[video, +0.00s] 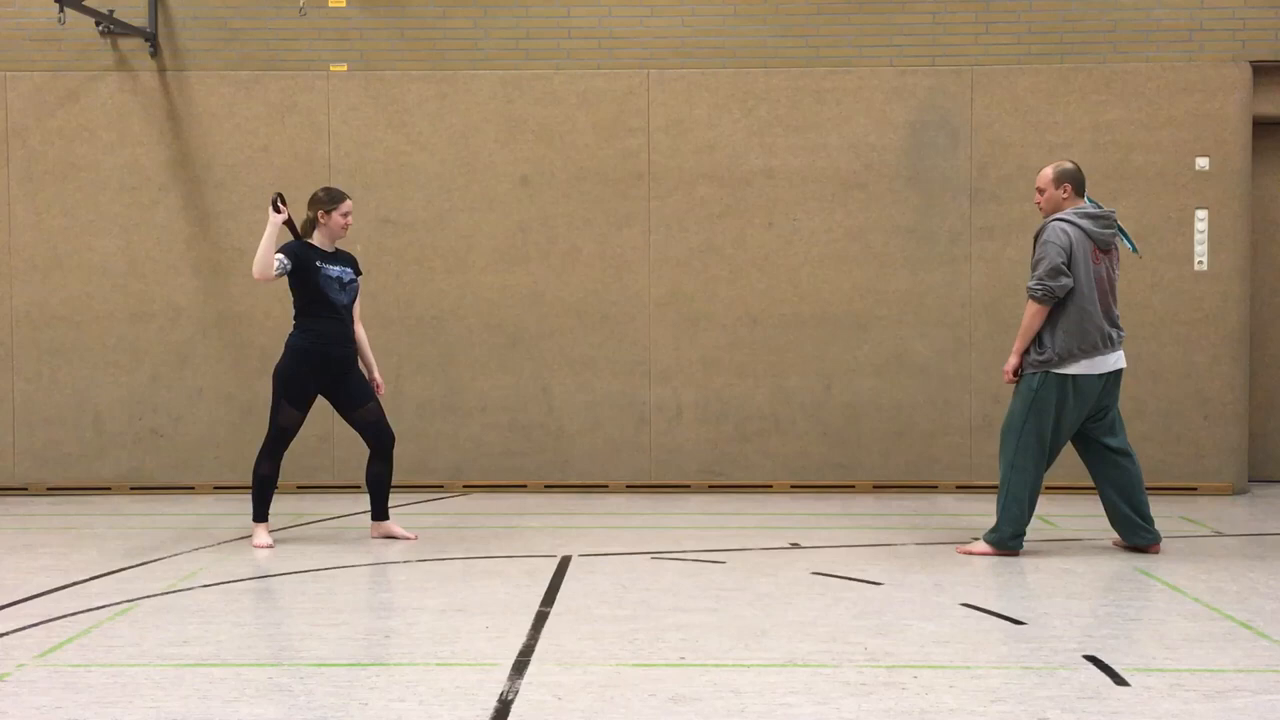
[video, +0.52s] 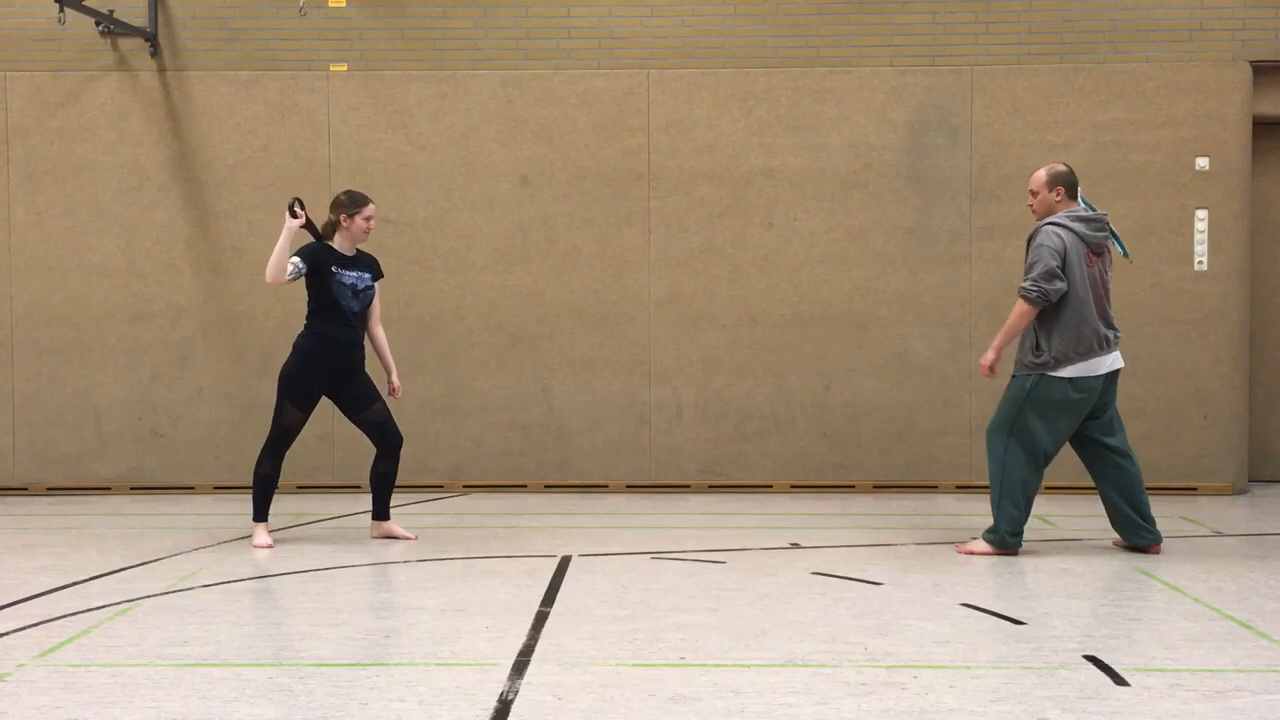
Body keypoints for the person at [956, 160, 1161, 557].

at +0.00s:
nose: (1036, 200)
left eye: (1041, 192)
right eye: (1036, 192)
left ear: (1065, 191)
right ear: (1072, 192)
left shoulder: (1056, 232)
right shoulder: (1102, 228)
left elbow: (1043, 295)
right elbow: (1100, 294)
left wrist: (1017, 351)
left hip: (1062, 366)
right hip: (1104, 363)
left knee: (1022, 445)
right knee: (1109, 448)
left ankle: (1004, 538)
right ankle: (1141, 534)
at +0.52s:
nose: (1029, 202)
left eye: (1034, 194)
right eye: (1029, 194)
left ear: (1058, 195)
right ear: (1066, 195)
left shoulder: (1050, 235)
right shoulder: (1093, 229)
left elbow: (1036, 295)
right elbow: (1096, 286)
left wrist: (995, 346)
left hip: (1059, 369)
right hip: (1101, 365)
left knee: (1008, 438)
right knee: (1107, 447)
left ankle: (1003, 537)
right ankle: (1141, 534)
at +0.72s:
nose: (1004, 203)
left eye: (1009, 196)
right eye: (1005, 195)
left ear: (1033, 198)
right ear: (1041, 198)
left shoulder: (1026, 238)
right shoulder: (1063, 232)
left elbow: (1002, 294)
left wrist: (942, 320)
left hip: (1028, 374)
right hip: (1068, 368)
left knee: (976, 441)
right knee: (1084, 444)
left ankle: (1000, 537)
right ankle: (1137, 525)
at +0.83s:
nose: (986, 199)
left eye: (992, 191)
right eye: (988, 191)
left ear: (1016, 193)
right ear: (1023, 193)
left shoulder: (1011, 234)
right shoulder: (1043, 228)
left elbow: (988, 286)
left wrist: (922, 300)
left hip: (1006, 372)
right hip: (1046, 367)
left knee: (971, 445)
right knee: (1045, 437)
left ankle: (999, 538)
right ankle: (1112, 512)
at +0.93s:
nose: (971, 193)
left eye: (976, 186)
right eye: (971, 186)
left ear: (1000, 189)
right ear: (1002, 191)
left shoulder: (1000, 233)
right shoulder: (1020, 226)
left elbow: (971, 283)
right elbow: (1032, 283)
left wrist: (909, 286)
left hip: (993, 370)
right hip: (1022, 366)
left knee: (968, 446)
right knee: (1003, 440)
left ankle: (999, 538)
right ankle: (1061, 503)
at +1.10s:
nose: (945, 189)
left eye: (950, 182)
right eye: (945, 182)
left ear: (975, 185)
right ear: (972, 186)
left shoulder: (992, 231)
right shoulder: (960, 233)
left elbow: (965, 280)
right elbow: (913, 243)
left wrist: (901, 275)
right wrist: (901, 195)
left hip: (978, 366)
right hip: (946, 362)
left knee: (972, 451)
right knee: (921, 433)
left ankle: (1001, 538)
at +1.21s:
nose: (922, 193)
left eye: (928, 186)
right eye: (922, 185)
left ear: (953, 189)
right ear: (947, 188)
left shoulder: (979, 235)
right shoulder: (922, 235)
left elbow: (959, 286)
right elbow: (868, 240)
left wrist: (897, 275)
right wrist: (836, 201)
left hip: (957, 368)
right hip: (916, 363)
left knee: (964, 455)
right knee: (889, 442)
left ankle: (1000, 537)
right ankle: (851, 518)